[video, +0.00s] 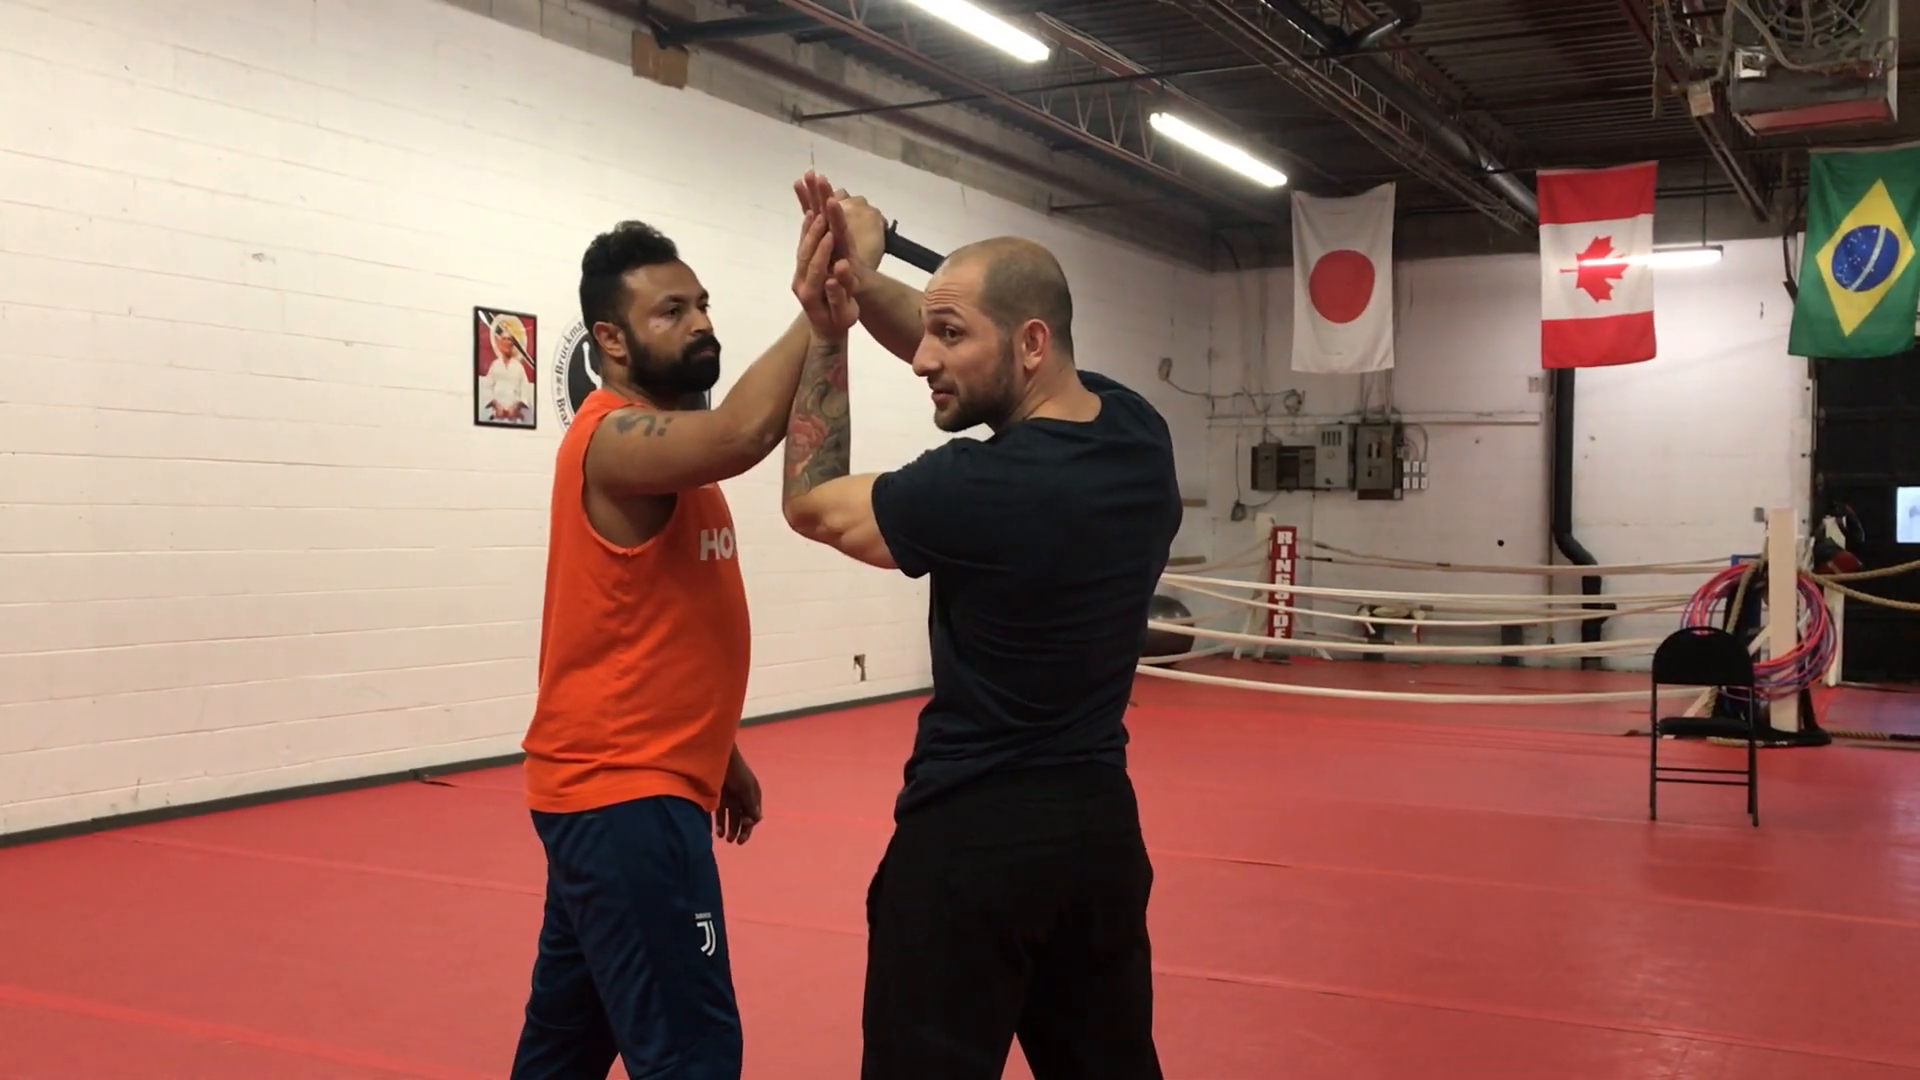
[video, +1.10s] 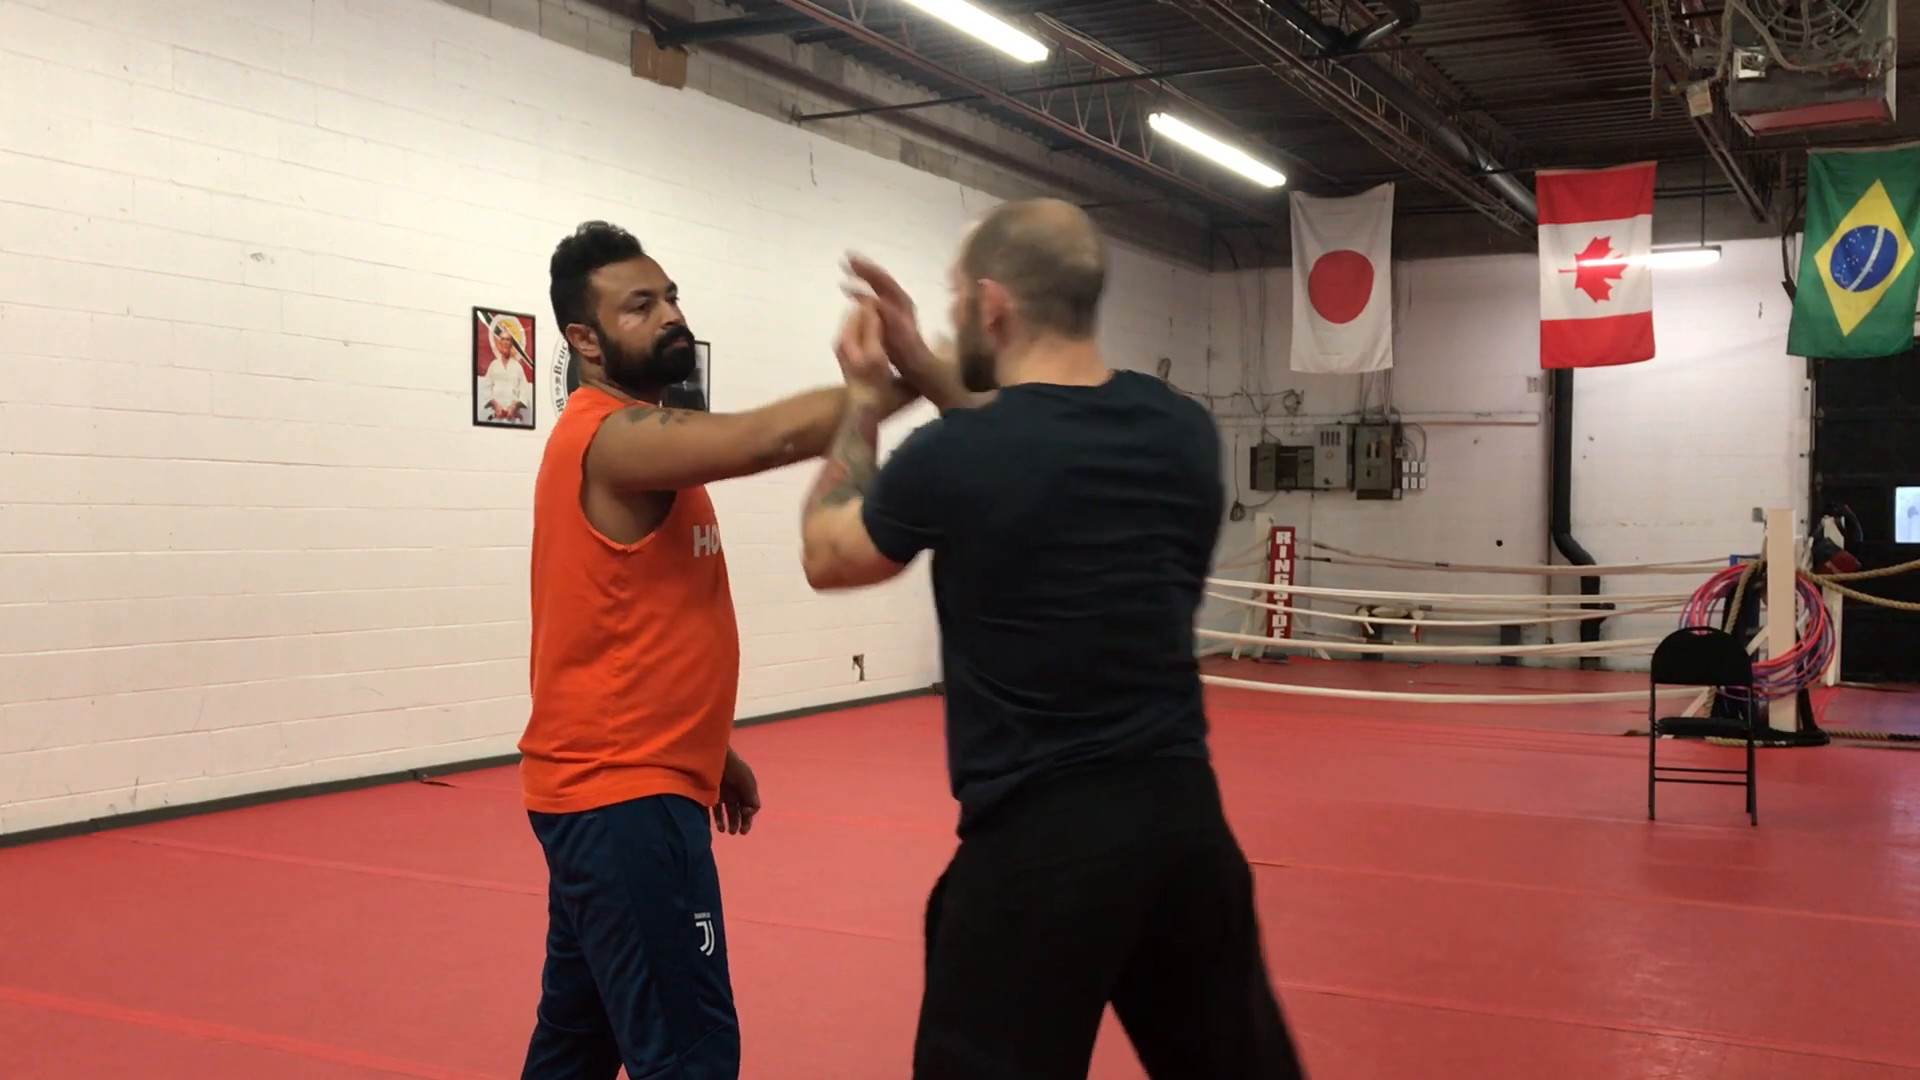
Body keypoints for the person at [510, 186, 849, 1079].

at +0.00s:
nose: (702, 325)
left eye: (701, 305)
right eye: (673, 312)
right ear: (611, 338)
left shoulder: (654, 432)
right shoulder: (615, 430)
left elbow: (647, 625)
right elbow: (736, 435)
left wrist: (716, 750)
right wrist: (819, 316)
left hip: (641, 785)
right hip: (619, 792)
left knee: (564, 1050)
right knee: (693, 1055)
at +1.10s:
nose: (671, 316)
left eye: (671, 298)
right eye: (641, 306)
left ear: (679, 303)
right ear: (584, 340)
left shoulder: (626, 429)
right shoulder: (611, 433)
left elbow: (628, 623)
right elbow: (764, 437)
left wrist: (708, 750)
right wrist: (895, 385)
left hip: (615, 786)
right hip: (623, 791)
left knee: (576, 1046)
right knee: (691, 1053)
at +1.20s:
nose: (679, 315)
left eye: (673, 298)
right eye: (648, 303)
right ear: (588, 338)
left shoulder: (598, 432)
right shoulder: (621, 439)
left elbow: (624, 623)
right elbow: (786, 463)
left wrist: (695, 752)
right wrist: (935, 434)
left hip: (605, 787)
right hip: (626, 791)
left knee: (576, 1041)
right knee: (689, 1052)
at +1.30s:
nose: (685, 315)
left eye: (678, 297)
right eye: (655, 303)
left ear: (600, 345)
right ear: (594, 337)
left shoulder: (582, 433)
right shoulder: (629, 444)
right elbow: (788, 484)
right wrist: (935, 457)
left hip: (589, 785)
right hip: (636, 791)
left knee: (572, 1040)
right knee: (690, 1052)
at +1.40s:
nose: (689, 315)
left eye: (681, 296)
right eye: (659, 305)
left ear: (596, 346)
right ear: (595, 338)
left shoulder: (578, 435)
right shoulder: (627, 445)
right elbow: (770, 517)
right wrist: (885, 481)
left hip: (586, 784)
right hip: (641, 792)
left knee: (571, 1039)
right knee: (693, 1052)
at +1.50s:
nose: (690, 318)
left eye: (682, 299)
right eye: (661, 306)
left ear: (598, 345)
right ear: (598, 339)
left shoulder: (576, 437)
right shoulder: (621, 442)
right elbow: (724, 571)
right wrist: (843, 532)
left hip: (587, 787)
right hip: (639, 793)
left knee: (573, 1040)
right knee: (697, 1050)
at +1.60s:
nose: (685, 313)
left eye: (676, 296)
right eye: (655, 302)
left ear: (597, 347)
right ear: (594, 340)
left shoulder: (577, 438)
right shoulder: (616, 447)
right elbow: (670, 621)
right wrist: (804, 592)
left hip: (584, 787)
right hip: (635, 792)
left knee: (569, 1043)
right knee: (694, 1050)